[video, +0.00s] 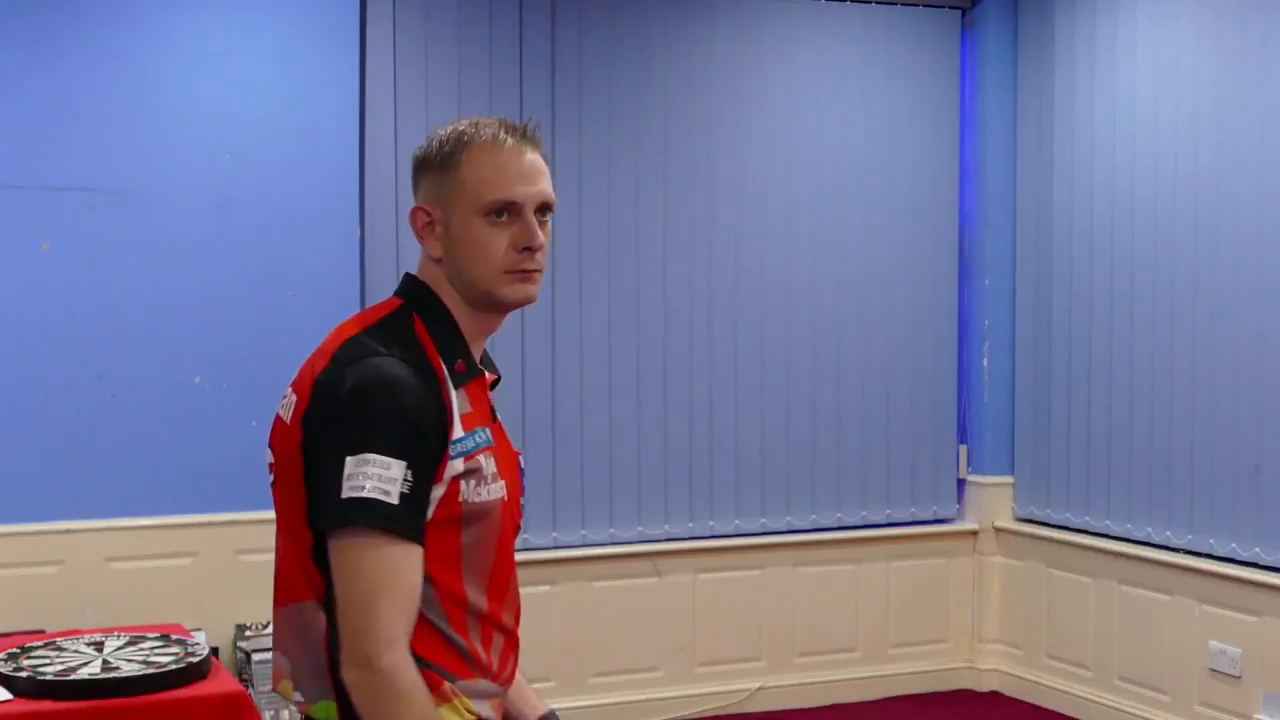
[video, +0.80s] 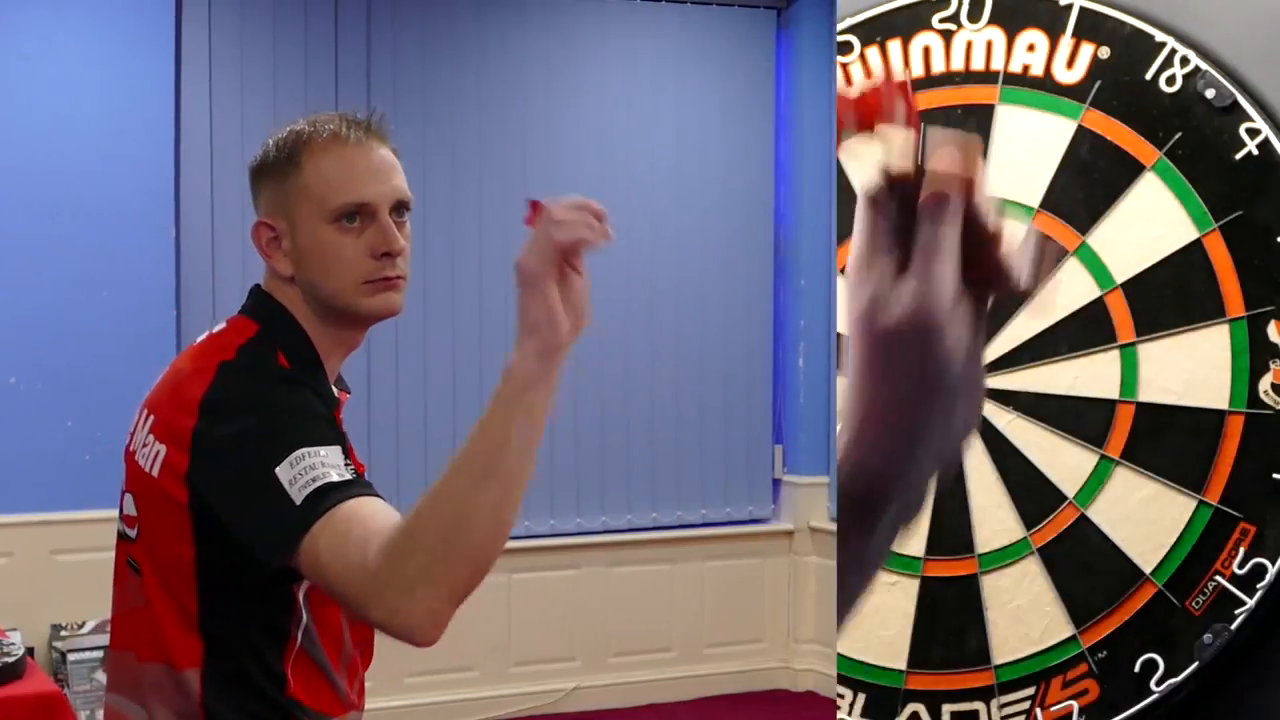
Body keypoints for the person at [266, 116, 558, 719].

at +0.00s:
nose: (533, 237)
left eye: (543, 214)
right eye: (501, 214)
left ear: (554, 219)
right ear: (429, 229)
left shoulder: (460, 373)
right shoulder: (383, 383)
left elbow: (462, 620)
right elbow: (374, 662)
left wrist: (526, 706)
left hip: (478, 696)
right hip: (408, 702)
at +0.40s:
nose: (500, 226)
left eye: (507, 201)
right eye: (464, 204)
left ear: (518, 209)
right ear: (388, 229)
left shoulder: (408, 373)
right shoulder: (364, 381)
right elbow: (445, 655)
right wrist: (664, 714)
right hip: (376, 706)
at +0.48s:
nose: (477, 227)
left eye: (485, 203)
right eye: (441, 207)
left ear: (499, 211)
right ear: (364, 231)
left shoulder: (380, 374)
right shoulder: (342, 384)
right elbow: (445, 635)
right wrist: (657, 630)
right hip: (351, 712)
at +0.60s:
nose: (446, 232)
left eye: (453, 207)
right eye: (408, 211)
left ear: (467, 215)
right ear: (330, 236)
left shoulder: (348, 377)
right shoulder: (305, 384)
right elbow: (438, 623)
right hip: (312, 708)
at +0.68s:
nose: (424, 240)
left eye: (430, 213)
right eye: (387, 217)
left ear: (440, 222)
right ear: (306, 241)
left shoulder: (287, 367)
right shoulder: (289, 385)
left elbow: (187, 665)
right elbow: (428, 607)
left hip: (240, 707)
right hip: (288, 708)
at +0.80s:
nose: (392, 243)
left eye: (400, 214)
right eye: (352, 218)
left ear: (413, 219)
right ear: (275, 246)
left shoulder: (294, 382)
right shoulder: (246, 391)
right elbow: (412, 598)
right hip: (247, 705)